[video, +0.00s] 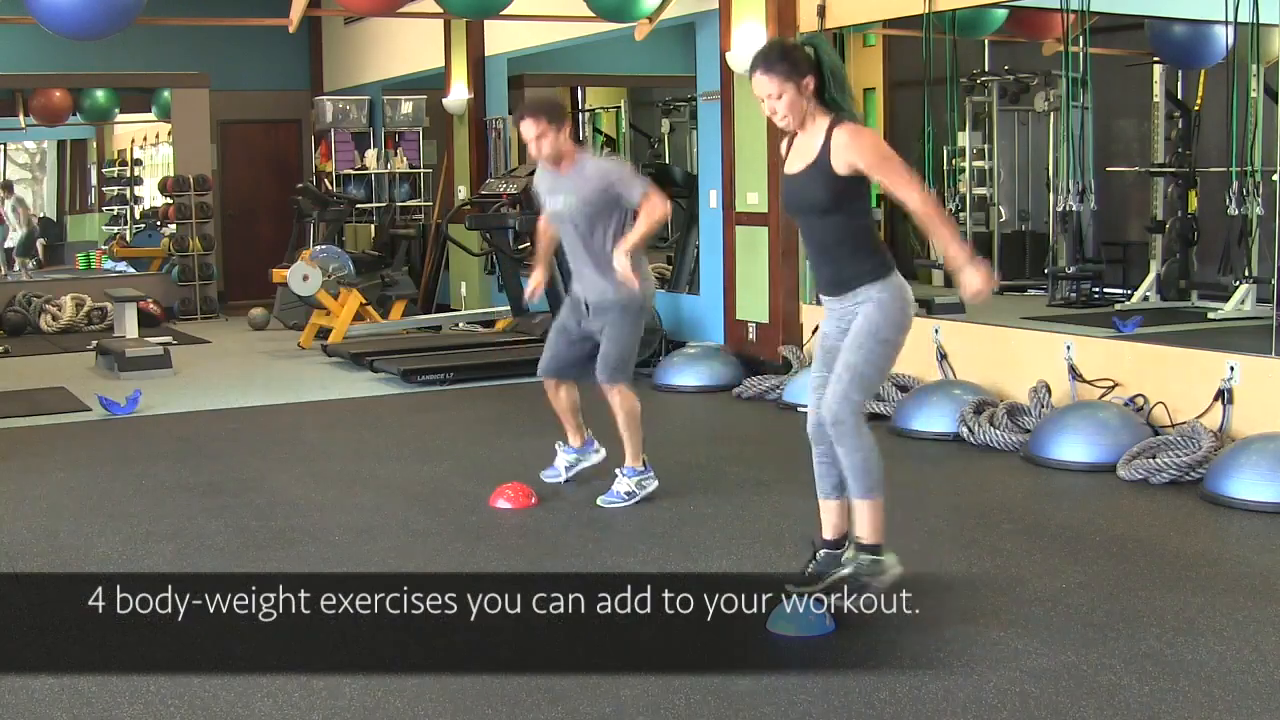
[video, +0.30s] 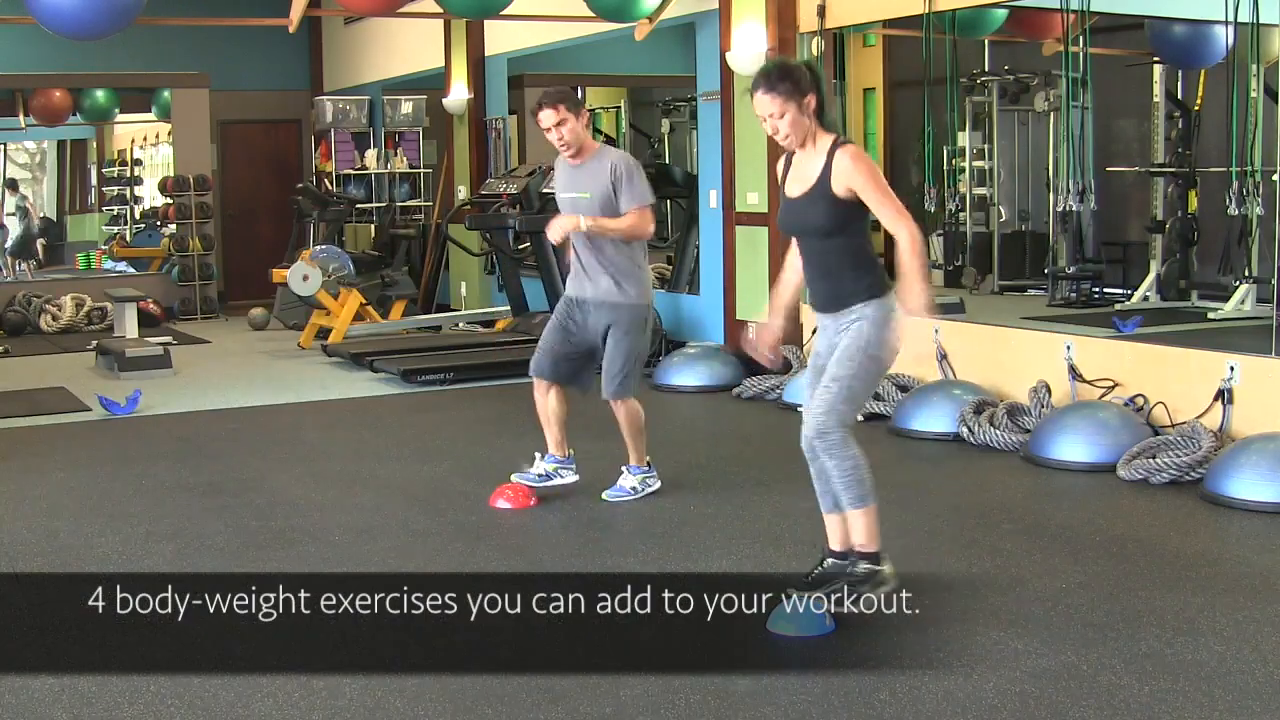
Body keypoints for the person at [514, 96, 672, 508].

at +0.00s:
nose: (533, 149)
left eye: (538, 138)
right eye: (527, 140)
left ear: (564, 130)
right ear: (526, 139)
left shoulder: (606, 170)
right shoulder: (543, 178)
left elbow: (658, 205)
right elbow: (549, 219)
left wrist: (624, 248)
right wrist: (541, 268)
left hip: (623, 299)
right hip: (581, 298)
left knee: (612, 378)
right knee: (553, 374)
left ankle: (637, 470)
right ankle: (580, 445)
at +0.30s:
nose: (557, 136)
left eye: (562, 124)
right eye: (549, 130)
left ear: (584, 118)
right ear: (545, 133)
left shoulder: (621, 163)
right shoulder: (561, 168)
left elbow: (644, 225)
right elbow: (580, 223)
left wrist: (579, 223)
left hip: (626, 300)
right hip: (579, 295)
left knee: (618, 390)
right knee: (544, 373)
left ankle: (641, 469)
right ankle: (558, 460)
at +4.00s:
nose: (532, 209)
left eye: (539, 200)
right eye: (532, 200)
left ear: (566, 203)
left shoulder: (600, 236)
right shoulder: (553, 240)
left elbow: (611, 293)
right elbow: (538, 285)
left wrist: (554, 314)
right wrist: (530, 314)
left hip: (652, 333)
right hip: (612, 335)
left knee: (615, 395)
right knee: (565, 390)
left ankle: (660, 473)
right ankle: (611, 458)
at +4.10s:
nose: (530, 159)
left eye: (536, 149)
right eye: (530, 149)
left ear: (560, 151)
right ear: (555, 153)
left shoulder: (597, 188)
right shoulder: (557, 192)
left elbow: (642, 230)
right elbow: (578, 228)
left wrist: (608, 275)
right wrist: (563, 253)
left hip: (635, 303)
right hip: (599, 302)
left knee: (614, 385)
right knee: (567, 380)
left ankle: (656, 468)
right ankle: (607, 451)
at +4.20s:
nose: (530, 120)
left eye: (534, 111)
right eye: (529, 111)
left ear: (560, 113)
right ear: (557, 114)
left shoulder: (601, 150)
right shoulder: (563, 156)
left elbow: (657, 186)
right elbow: (598, 205)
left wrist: (633, 235)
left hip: (619, 279)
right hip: (587, 278)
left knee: (600, 362)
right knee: (571, 364)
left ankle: (632, 451)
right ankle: (602, 443)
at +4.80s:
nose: (541, 141)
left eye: (547, 131)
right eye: (540, 132)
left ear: (575, 129)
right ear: (559, 133)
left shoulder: (609, 169)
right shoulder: (565, 174)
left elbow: (619, 227)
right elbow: (574, 220)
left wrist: (557, 217)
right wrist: (541, 216)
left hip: (634, 294)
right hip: (602, 293)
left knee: (610, 379)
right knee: (575, 377)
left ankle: (648, 469)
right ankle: (604, 456)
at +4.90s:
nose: (536, 189)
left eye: (542, 179)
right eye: (535, 179)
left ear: (571, 178)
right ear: (565, 180)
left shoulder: (604, 215)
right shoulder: (561, 219)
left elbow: (601, 277)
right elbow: (570, 270)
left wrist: (547, 251)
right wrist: (532, 258)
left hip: (651, 324)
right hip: (612, 324)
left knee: (614, 391)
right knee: (565, 387)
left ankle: (653, 476)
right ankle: (604, 458)